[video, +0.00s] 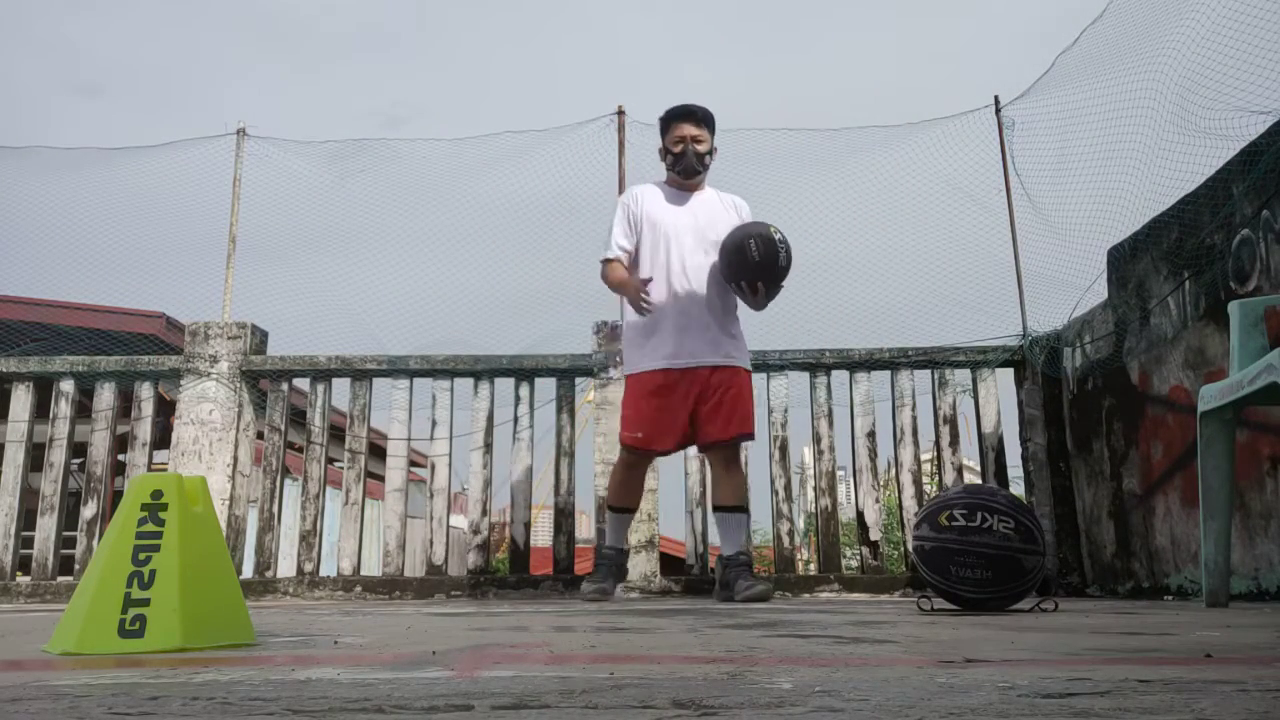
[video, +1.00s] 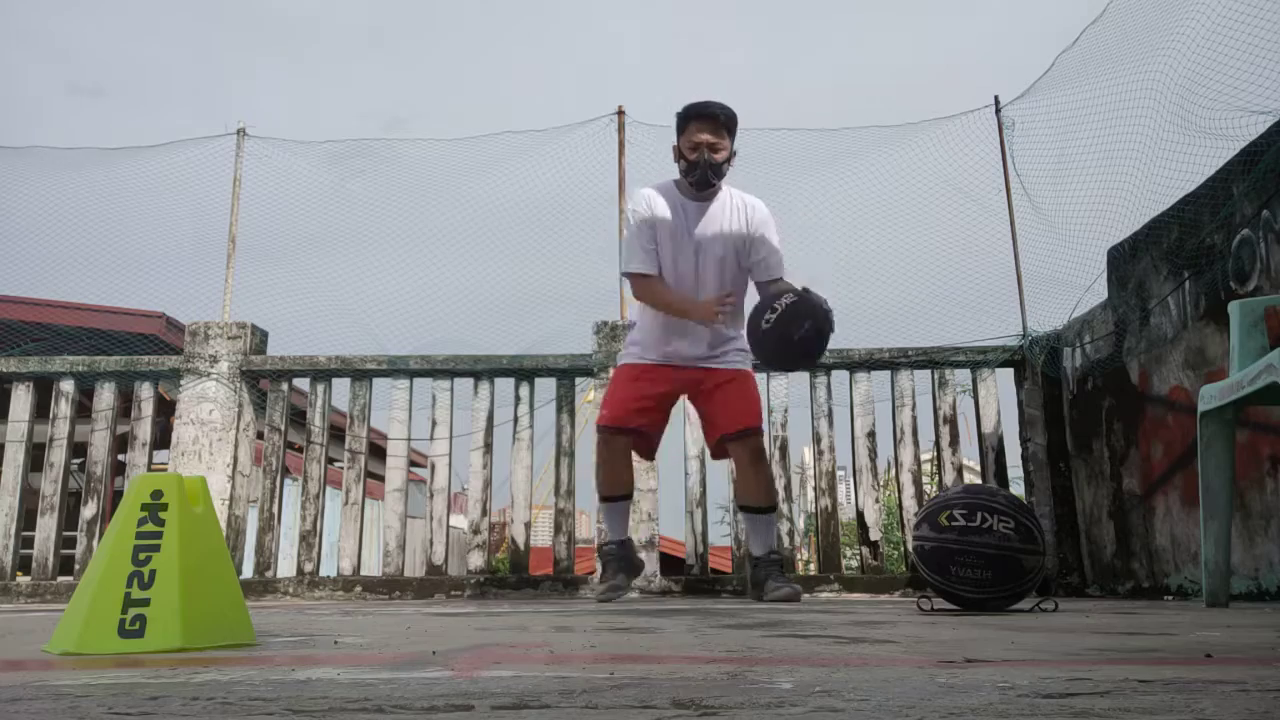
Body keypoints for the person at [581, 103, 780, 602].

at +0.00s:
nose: (688, 148)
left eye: (697, 140)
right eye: (678, 142)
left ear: (712, 148)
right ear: (664, 150)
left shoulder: (735, 208)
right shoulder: (638, 200)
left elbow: (753, 290)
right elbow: (612, 267)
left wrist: (758, 293)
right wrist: (629, 285)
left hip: (720, 353)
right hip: (654, 355)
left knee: (727, 454)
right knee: (633, 455)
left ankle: (735, 570)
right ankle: (609, 564)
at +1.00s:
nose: (705, 154)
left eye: (715, 146)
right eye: (695, 145)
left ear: (731, 152)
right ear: (678, 149)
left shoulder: (751, 213)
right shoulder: (649, 204)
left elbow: (775, 287)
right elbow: (641, 284)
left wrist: (797, 308)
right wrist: (697, 309)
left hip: (725, 358)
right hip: (651, 356)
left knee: (750, 442)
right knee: (612, 431)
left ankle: (766, 566)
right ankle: (619, 557)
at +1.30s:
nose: (661, 174)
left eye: (673, 164)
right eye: (651, 164)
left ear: (691, 171)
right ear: (637, 169)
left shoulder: (712, 230)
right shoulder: (608, 232)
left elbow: (719, 315)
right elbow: (590, 310)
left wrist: (695, 376)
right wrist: (569, 379)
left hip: (700, 371)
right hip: (625, 372)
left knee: (735, 452)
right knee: (574, 443)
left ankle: (765, 568)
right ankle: (557, 568)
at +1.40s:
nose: (639, 173)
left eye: (651, 164)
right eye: (629, 162)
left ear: (668, 170)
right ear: (613, 167)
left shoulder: (695, 228)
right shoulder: (592, 228)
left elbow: (722, 308)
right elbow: (566, 300)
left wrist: (705, 368)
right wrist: (524, 336)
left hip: (687, 372)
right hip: (613, 373)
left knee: (724, 455)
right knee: (564, 446)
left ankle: (763, 568)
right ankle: (556, 569)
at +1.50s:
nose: (623, 171)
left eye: (636, 161)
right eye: (614, 159)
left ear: (655, 166)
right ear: (599, 163)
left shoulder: (683, 223)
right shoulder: (580, 224)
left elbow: (722, 296)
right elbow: (558, 289)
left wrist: (726, 358)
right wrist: (523, 307)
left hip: (682, 365)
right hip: (607, 370)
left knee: (714, 442)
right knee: (559, 447)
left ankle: (761, 558)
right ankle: (556, 567)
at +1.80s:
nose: (674, 181)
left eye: (686, 171)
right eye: (663, 169)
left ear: (703, 179)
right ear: (645, 173)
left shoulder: (721, 245)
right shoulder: (610, 238)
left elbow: (734, 332)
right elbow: (600, 328)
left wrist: (748, 410)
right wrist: (612, 402)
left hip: (691, 367)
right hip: (622, 374)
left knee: (719, 428)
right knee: (563, 468)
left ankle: (762, 563)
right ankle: (557, 570)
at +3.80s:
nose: (660, 162)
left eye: (674, 152)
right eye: (649, 149)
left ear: (692, 159)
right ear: (632, 151)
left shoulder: (713, 227)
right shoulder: (594, 219)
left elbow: (734, 313)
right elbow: (573, 305)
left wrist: (745, 386)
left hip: (681, 359)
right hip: (605, 364)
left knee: (698, 426)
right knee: (548, 448)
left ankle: (755, 561)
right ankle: (548, 567)